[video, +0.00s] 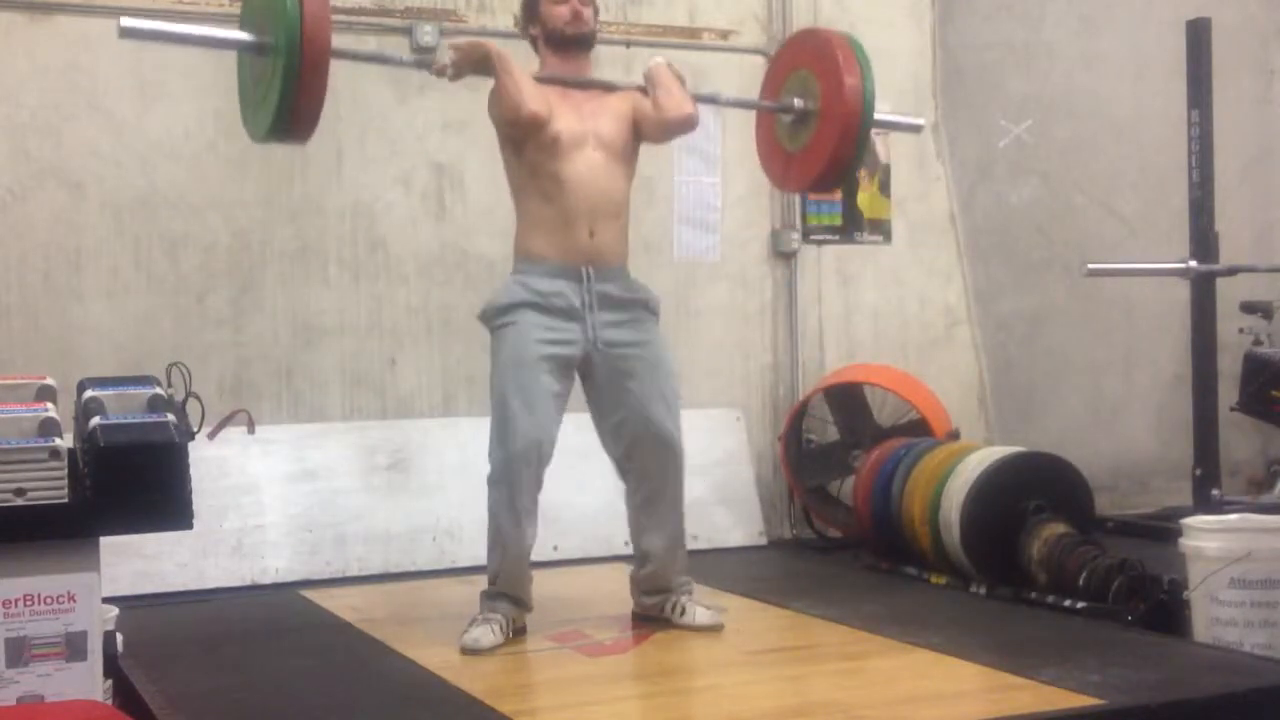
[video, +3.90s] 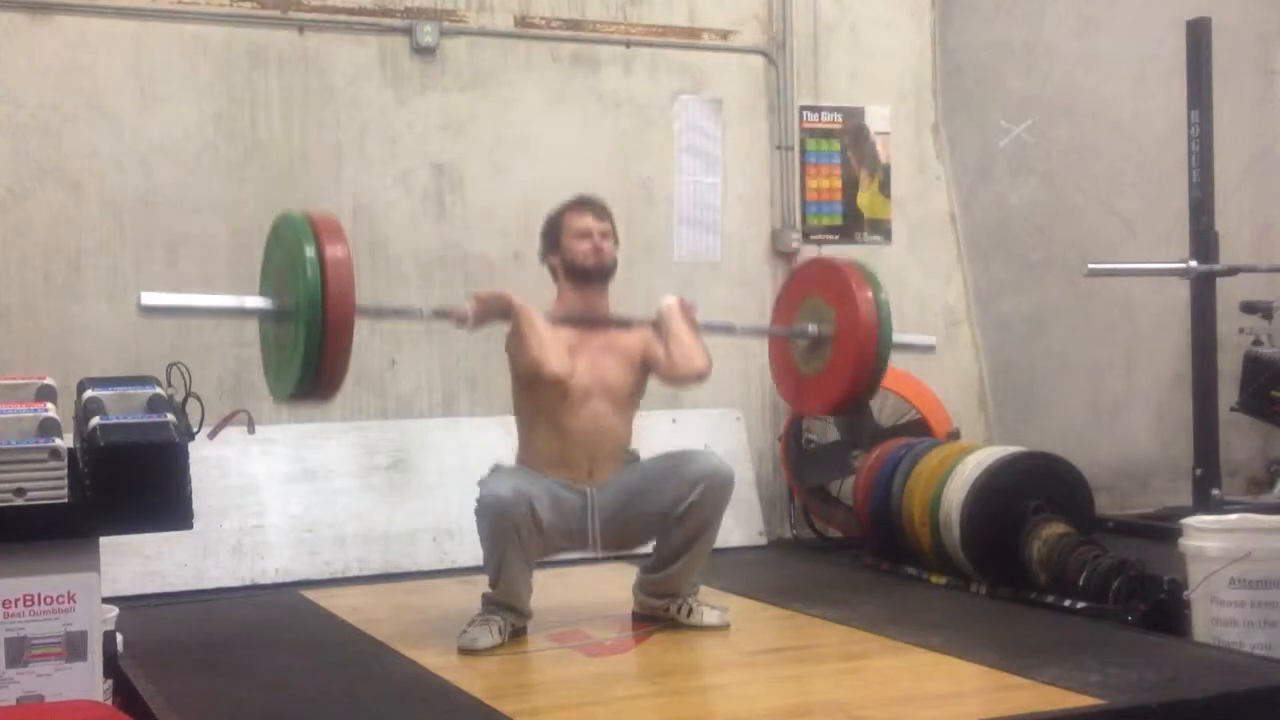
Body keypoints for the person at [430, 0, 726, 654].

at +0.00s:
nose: (578, 6)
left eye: (586, 1)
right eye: (561, 1)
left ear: (597, 23)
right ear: (535, 21)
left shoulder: (627, 102)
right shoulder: (520, 94)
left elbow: (681, 115)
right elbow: (527, 114)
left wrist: (656, 65)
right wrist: (494, 54)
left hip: (620, 300)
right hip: (537, 297)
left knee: (658, 438)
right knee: (520, 446)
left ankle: (661, 592)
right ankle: (504, 603)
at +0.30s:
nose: (585, 78)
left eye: (593, 70)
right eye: (569, 69)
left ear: (604, 87)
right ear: (542, 86)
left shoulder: (630, 165)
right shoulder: (526, 161)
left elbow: (682, 182)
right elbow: (530, 182)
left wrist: (664, 138)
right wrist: (500, 126)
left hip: (615, 352)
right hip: (533, 351)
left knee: (690, 455)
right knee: (513, 465)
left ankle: (664, 593)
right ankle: (502, 606)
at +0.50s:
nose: (593, 167)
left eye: (602, 159)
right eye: (578, 158)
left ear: (612, 175)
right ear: (550, 177)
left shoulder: (633, 255)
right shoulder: (528, 252)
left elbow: (688, 278)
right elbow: (538, 282)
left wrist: (667, 227)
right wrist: (507, 221)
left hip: (612, 422)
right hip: (533, 423)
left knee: (701, 470)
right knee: (510, 490)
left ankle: (663, 597)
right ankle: (504, 610)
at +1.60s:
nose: (596, 69)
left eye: (605, 62)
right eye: (580, 62)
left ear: (616, 82)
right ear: (552, 82)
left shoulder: (637, 167)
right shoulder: (528, 161)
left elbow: (686, 206)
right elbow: (546, 206)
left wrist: (672, 144)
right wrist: (510, 133)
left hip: (610, 348)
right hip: (527, 347)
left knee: (678, 451)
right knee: (516, 460)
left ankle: (663, 593)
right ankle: (502, 607)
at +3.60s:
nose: (595, 146)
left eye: (603, 140)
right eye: (580, 139)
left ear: (613, 159)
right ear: (551, 160)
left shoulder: (636, 241)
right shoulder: (528, 236)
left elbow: (689, 269)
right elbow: (544, 268)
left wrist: (669, 215)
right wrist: (513, 206)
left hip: (617, 410)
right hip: (533, 410)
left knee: (702, 469)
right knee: (504, 487)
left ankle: (662, 597)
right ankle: (503, 610)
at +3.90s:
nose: (597, 243)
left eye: (606, 236)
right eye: (583, 236)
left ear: (616, 253)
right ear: (553, 258)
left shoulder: (638, 337)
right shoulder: (531, 334)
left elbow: (691, 368)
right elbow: (553, 370)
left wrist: (672, 311)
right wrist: (514, 307)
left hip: (622, 498)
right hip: (548, 502)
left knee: (711, 474)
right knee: (501, 491)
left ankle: (662, 596)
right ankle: (504, 611)